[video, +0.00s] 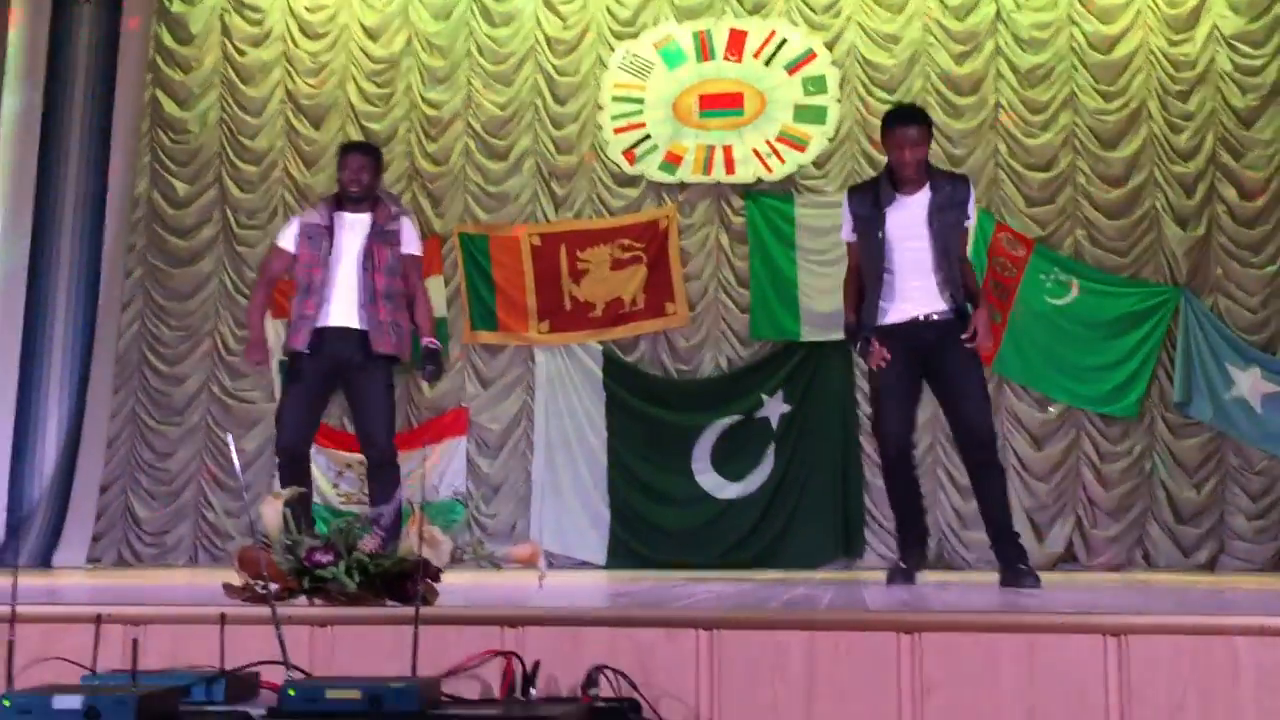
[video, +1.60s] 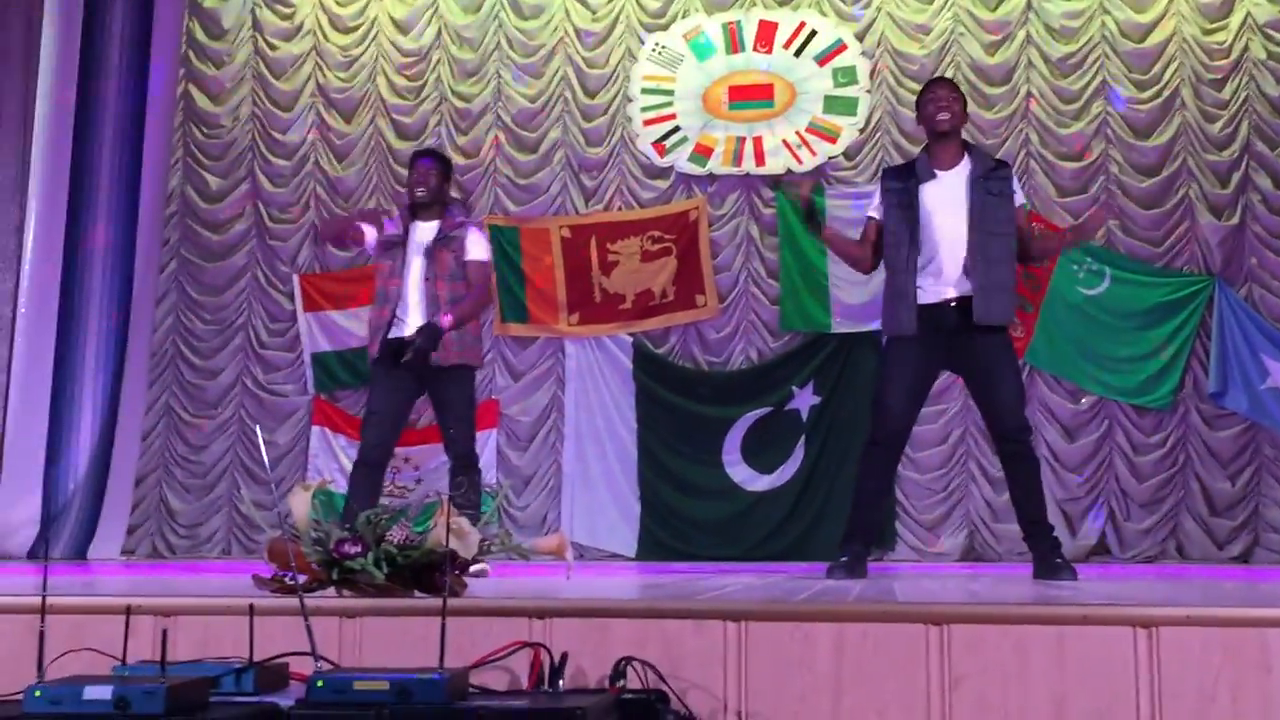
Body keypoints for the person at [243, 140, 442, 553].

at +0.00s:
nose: (355, 177)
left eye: (364, 171)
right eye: (348, 169)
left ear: (378, 176)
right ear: (337, 174)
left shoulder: (398, 224)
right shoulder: (309, 221)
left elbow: (416, 287)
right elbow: (267, 277)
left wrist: (428, 340)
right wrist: (255, 333)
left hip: (371, 350)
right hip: (313, 349)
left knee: (380, 451)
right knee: (290, 447)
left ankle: (386, 551)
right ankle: (302, 547)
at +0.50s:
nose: (367, 209)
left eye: (375, 202)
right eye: (361, 202)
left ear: (390, 208)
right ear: (350, 208)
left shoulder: (412, 261)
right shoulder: (326, 257)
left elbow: (423, 326)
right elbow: (307, 329)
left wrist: (428, 377)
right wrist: (290, 392)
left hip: (395, 385)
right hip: (340, 386)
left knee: (415, 478)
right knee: (328, 483)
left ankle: (431, 568)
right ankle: (338, 572)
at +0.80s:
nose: (339, 225)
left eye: (348, 219)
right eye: (333, 219)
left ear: (363, 226)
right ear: (323, 225)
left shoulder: (386, 271)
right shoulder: (300, 273)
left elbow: (439, 318)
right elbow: (244, 314)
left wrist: (447, 347)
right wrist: (266, 347)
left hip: (375, 399)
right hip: (321, 401)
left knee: (395, 492)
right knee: (323, 501)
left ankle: (414, 582)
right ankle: (322, 588)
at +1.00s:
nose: (339, 203)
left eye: (347, 196)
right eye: (332, 196)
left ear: (361, 204)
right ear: (322, 201)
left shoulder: (383, 252)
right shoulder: (296, 251)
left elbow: (416, 308)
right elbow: (289, 309)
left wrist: (441, 297)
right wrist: (245, 291)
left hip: (367, 375)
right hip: (312, 376)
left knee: (382, 469)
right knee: (309, 473)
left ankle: (396, 559)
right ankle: (303, 562)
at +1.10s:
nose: (349, 196)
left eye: (358, 189)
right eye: (343, 189)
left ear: (373, 195)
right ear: (335, 194)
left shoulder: (397, 245)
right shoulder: (311, 242)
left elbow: (403, 295)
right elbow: (307, 302)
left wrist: (352, 281)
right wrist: (351, 323)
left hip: (373, 364)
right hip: (320, 363)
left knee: (385, 459)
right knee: (305, 461)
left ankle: (394, 548)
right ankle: (301, 549)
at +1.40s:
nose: (408, 191)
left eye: (417, 184)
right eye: (403, 184)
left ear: (435, 187)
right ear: (395, 187)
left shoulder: (459, 238)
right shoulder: (373, 233)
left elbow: (467, 297)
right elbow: (346, 282)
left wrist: (417, 301)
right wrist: (381, 290)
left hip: (431, 358)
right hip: (377, 354)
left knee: (439, 451)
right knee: (354, 449)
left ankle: (440, 544)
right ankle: (342, 542)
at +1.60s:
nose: (421, 180)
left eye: (429, 174)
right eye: (416, 174)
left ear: (445, 183)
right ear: (408, 181)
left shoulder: (468, 231)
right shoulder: (389, 227)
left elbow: (481, 294)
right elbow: (331, 235)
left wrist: (439, 326)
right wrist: (360, 225)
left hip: (450, 354)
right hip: (394, 351)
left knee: (461, 451)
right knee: (373, 449)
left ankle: (464, 547)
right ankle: (350, 543)